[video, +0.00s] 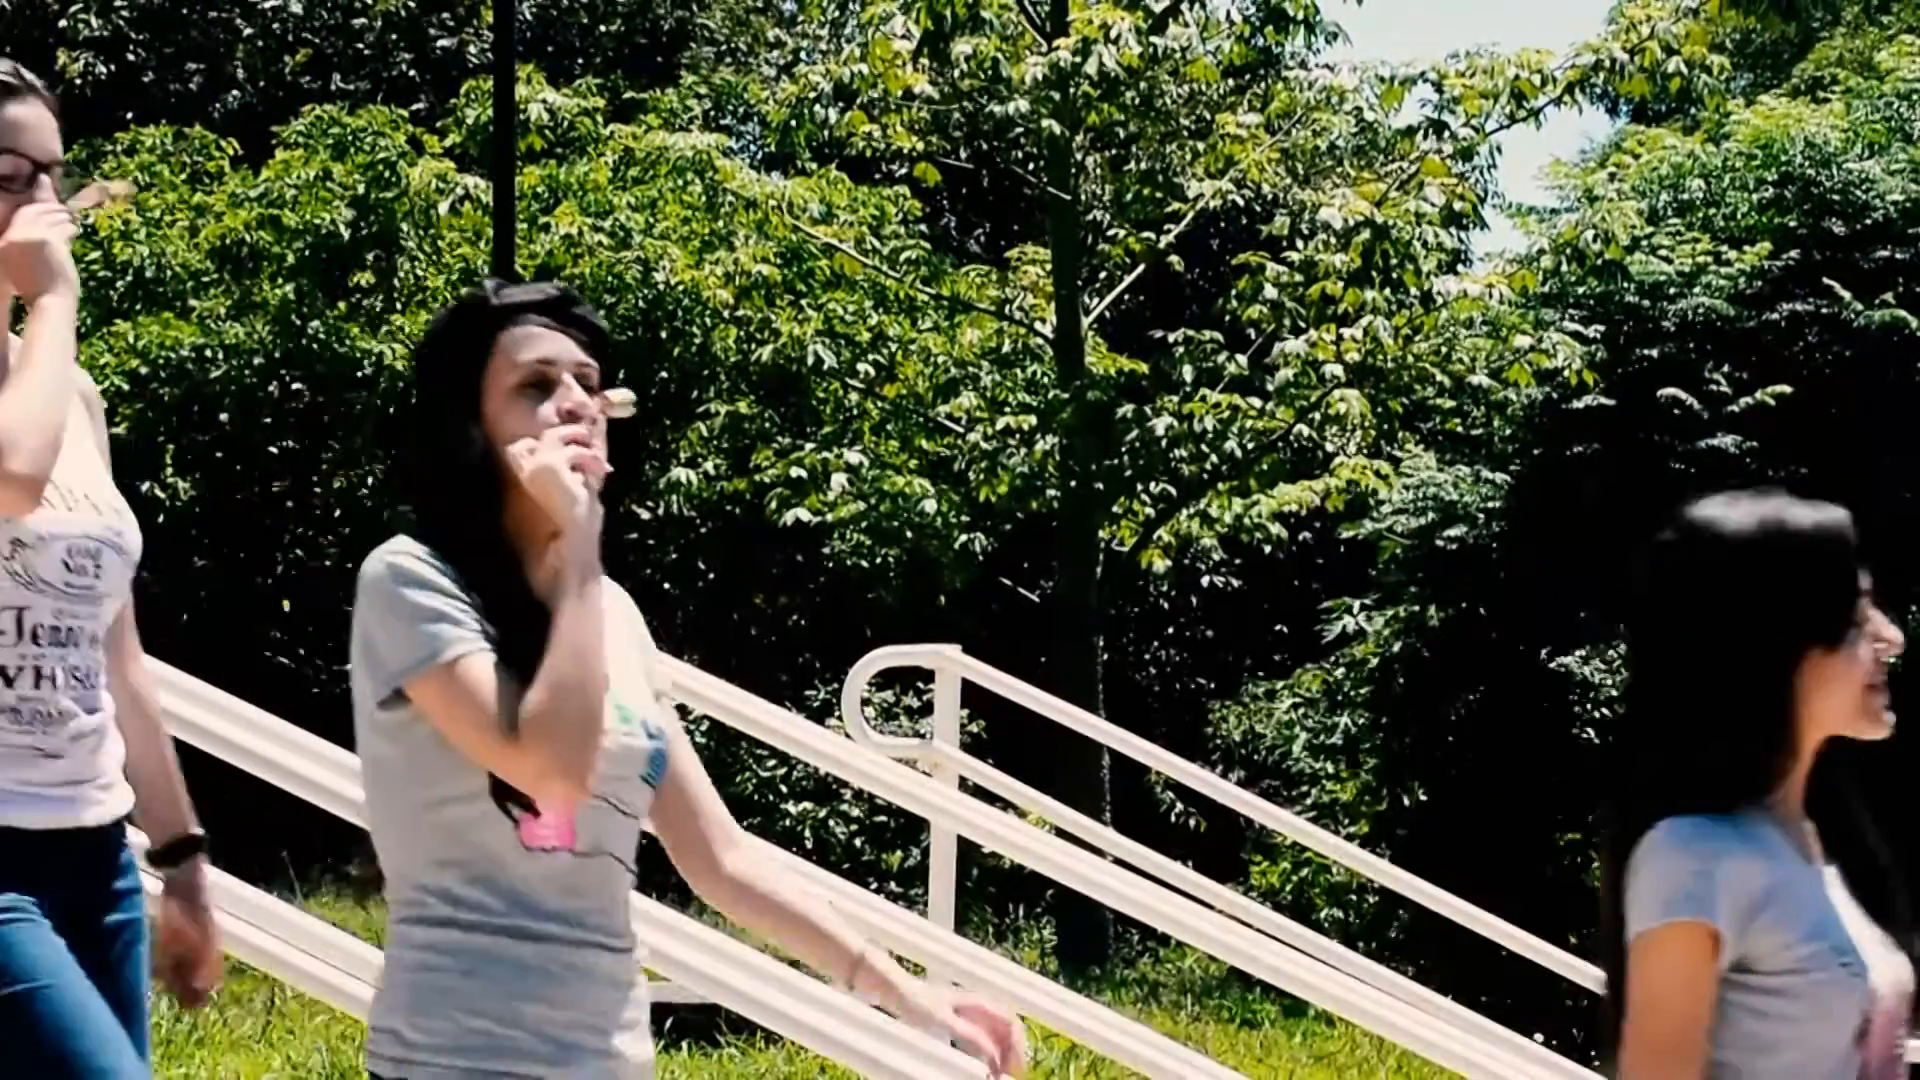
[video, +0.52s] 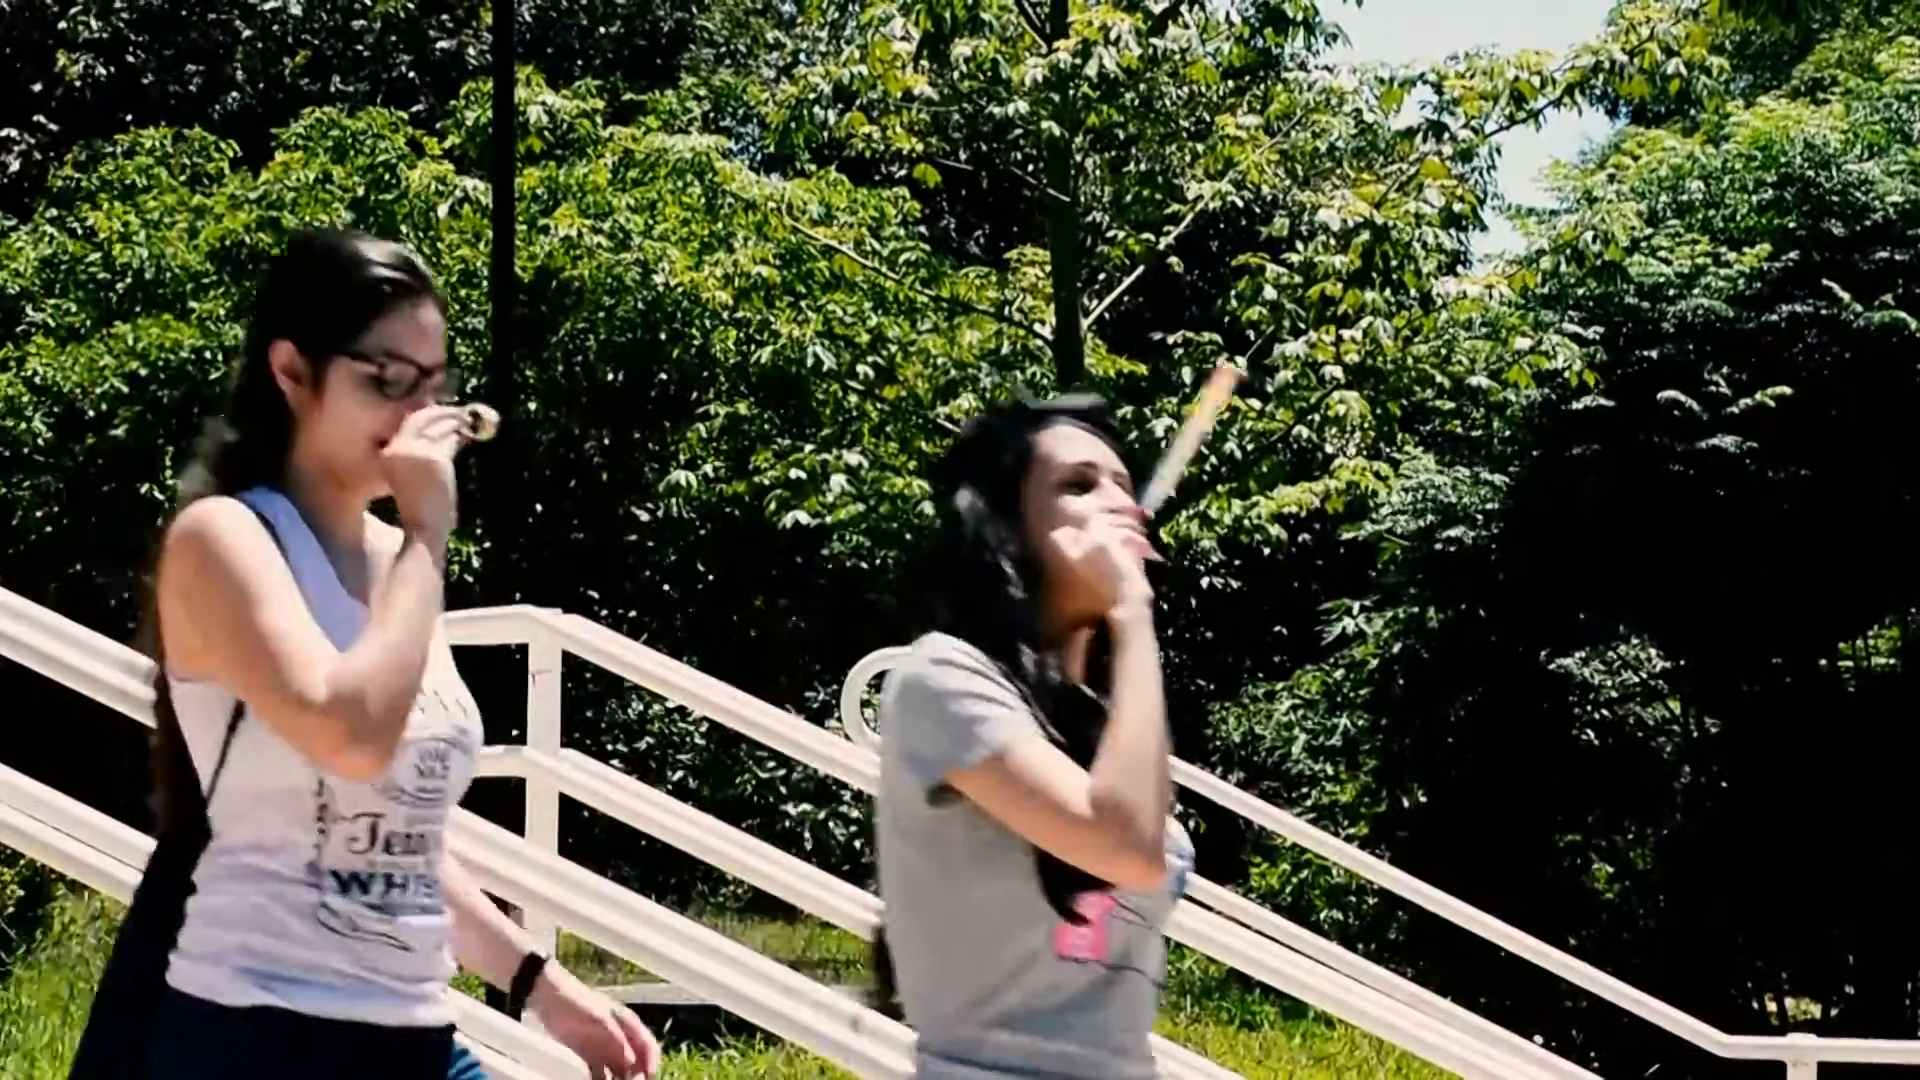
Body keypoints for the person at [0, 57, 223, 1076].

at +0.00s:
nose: (39, 198)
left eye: (51, 174)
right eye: (11, 173)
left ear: (67, 188)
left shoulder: (76, 397)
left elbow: (120, 659)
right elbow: (17, 477)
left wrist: (179, 855)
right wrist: (53, 296)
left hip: (100, 863)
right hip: (5, 865)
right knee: (112, 1070)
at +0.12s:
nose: (120, 213)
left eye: (132, 187)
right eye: (83, 186)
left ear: (145, 200)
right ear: (1, 207)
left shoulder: (148, 398)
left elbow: (198, 656)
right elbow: (87, 498)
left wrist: (318, 833)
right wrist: (132, 322)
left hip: (170, 861)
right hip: (34, 858)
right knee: (198, 1065)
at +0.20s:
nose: (171, 205)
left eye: (184, 179)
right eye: (135, 178)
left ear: (199, 187)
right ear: (42, 190)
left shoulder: (205, 388)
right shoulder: (12, 357)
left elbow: (257, 642)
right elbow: (136, 494)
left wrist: (397, 772)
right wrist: (179, 317)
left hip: (220, 855)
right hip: (66, 851)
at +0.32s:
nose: (255, 246)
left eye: (264, 220)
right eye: (219, 218)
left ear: (278, 225)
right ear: (123, 226)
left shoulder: (274, 419)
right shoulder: (56, 390)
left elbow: (326, 679)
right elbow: (222, 535)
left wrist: (474, 777)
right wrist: (260, 355)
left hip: (302, 900)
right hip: (143, 899)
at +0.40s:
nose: (321, 328)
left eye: (333, 301)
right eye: (288, 297)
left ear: (347, 312)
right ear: (189, 301)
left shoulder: (318, 496)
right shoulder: (123, 467)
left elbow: (345, 762)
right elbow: (283, 633)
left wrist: (523, 868)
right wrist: (332, 441)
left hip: (345, 988)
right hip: (175, 985)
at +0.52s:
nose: (423, 410)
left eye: (435, 383)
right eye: (391, 377)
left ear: (450, 398)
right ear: (292, 373)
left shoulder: (404, 559)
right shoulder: (217, 537)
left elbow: (404, 837)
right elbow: (353, 737)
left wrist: (539, 983)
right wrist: (426, 538)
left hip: (412, 1030)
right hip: (244, 1024)